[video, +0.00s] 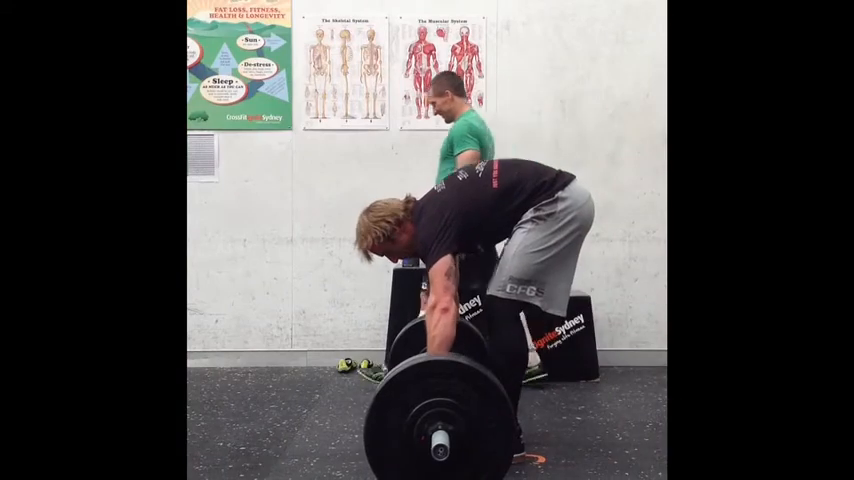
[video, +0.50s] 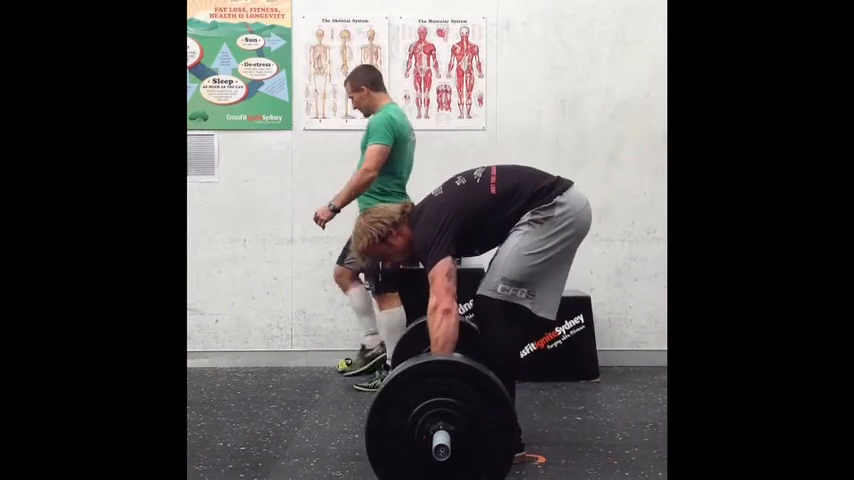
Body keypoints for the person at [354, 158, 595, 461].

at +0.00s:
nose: (394, 261)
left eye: (387, 253)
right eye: (386, 256)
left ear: (399, 230)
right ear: (400, 224)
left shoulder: (433, 223)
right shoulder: (432, 216)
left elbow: (443, 307)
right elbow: (443, 299)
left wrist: (431, 384)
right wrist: (433, 374)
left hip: (556, 203)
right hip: (558, 200)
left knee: (501, 306)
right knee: (501, 305)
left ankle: (505, 434)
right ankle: (501, 428)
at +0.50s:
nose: (392, 263)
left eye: (385, 257)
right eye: (384, 260)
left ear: (395, 234)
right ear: (395, 228)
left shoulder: (430, 226)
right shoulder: (428, 221)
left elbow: (443, 307)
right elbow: (442, 301)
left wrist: (436, 382)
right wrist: (437, 374)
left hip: (554, 209)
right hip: (555, 206)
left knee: (491, 311)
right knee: (493, 311)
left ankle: (499, 433)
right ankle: (497, 429)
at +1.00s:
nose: (381, 294)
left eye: (377, 286)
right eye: (375, 289)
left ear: (391, 267)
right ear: (393, 263)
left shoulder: (428, 262)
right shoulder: (427, 257)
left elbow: (439, 316)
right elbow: (441, 317)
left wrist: (438, 388)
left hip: (550, 303)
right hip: (547, 299)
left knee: (448, 332)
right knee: (442, 331)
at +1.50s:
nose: (383, 306)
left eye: (379, 297)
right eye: (377, 300)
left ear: (394, 279)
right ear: (397, 276)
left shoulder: (430, 275)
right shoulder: (436, 268)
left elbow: (433, 319)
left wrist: (438, 387)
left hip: (546, 343)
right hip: (545, 339)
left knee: (442, 339)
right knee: (438, 337)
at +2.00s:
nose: (386, 305)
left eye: (384, 295)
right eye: (381, 298)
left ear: (400, 278)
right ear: (402, 276)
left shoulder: (432, 276)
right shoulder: (441, 269)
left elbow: (435, 320)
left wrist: (440, 387)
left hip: (546, 353)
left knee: (444, 341)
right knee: (447, 340)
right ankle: (504, 438)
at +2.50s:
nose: (387, 303)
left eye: (385, 294)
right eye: (381, 297)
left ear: (402, 277)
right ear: (404, 275)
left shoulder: (433, 278)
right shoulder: (440, 270)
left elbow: (437, 319)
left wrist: (441, 387)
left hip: (546, 357)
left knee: (442, 340)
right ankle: (503, 436)